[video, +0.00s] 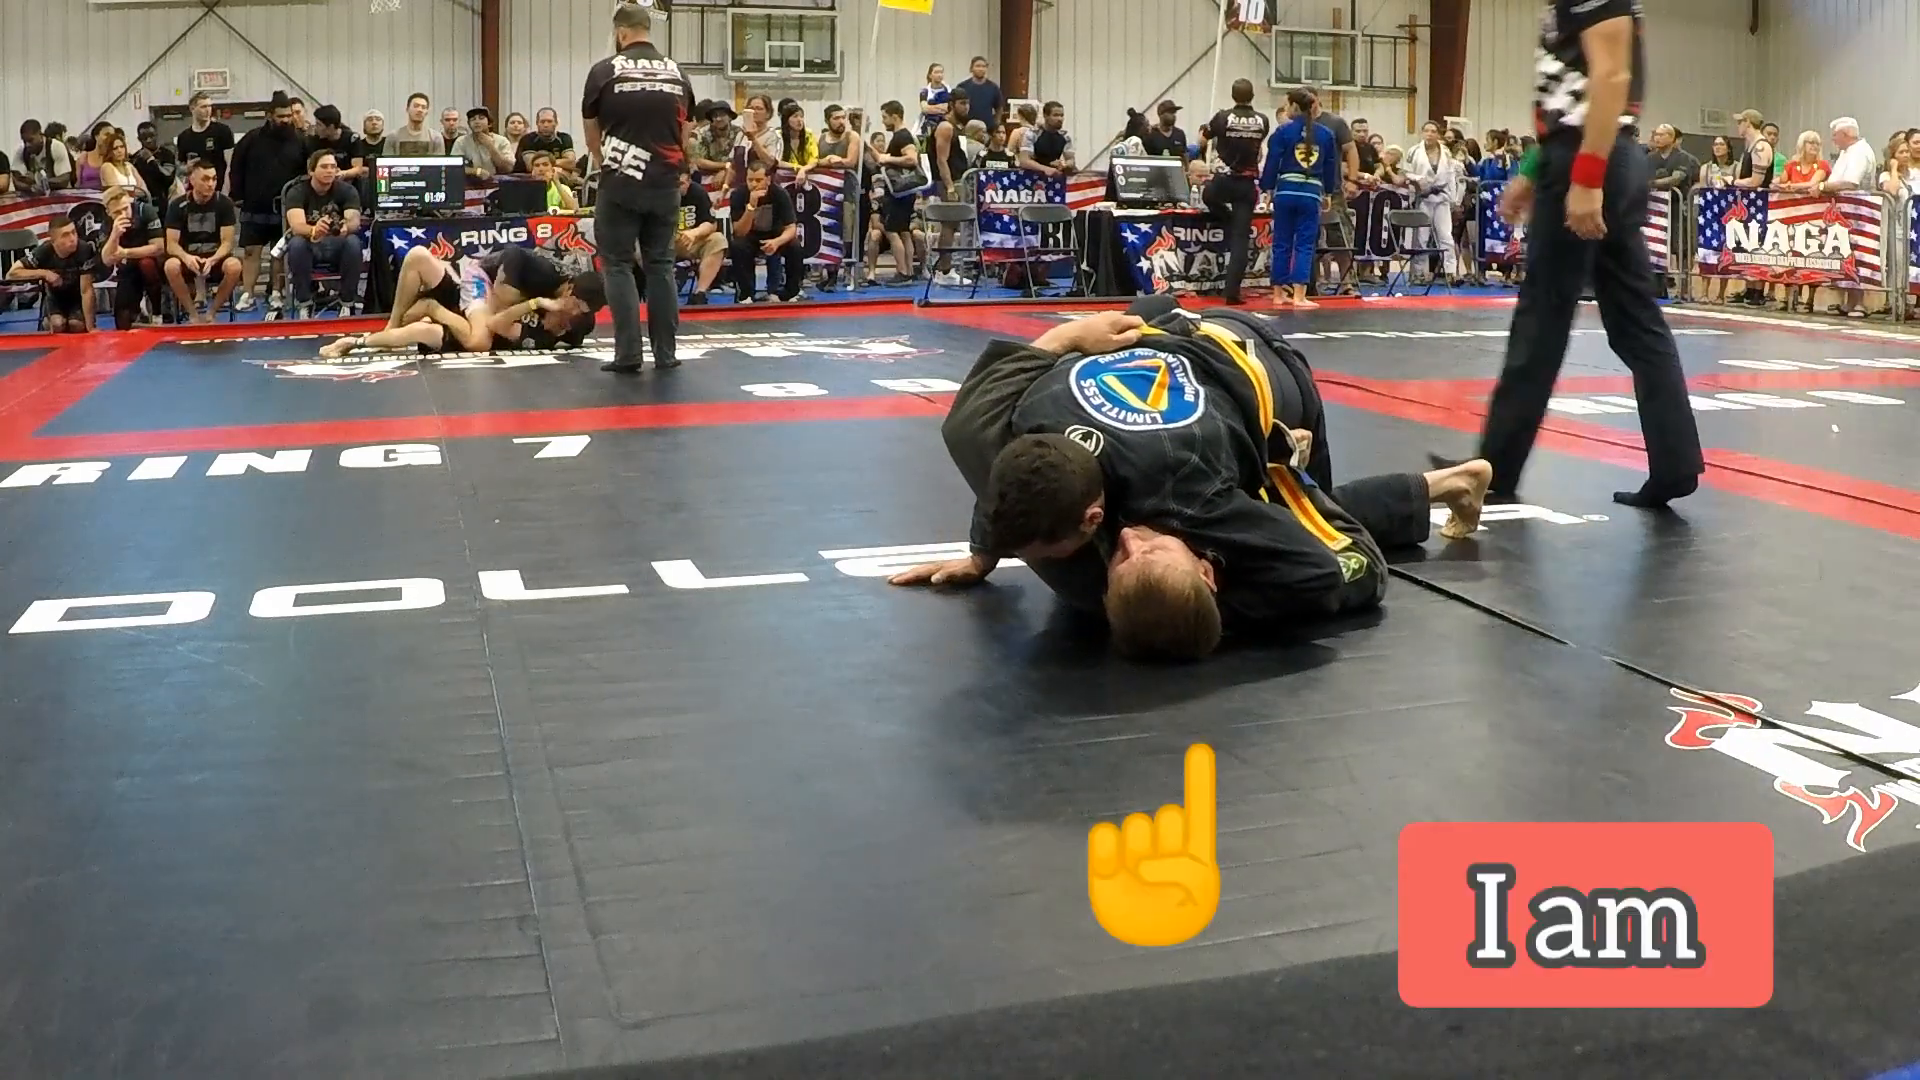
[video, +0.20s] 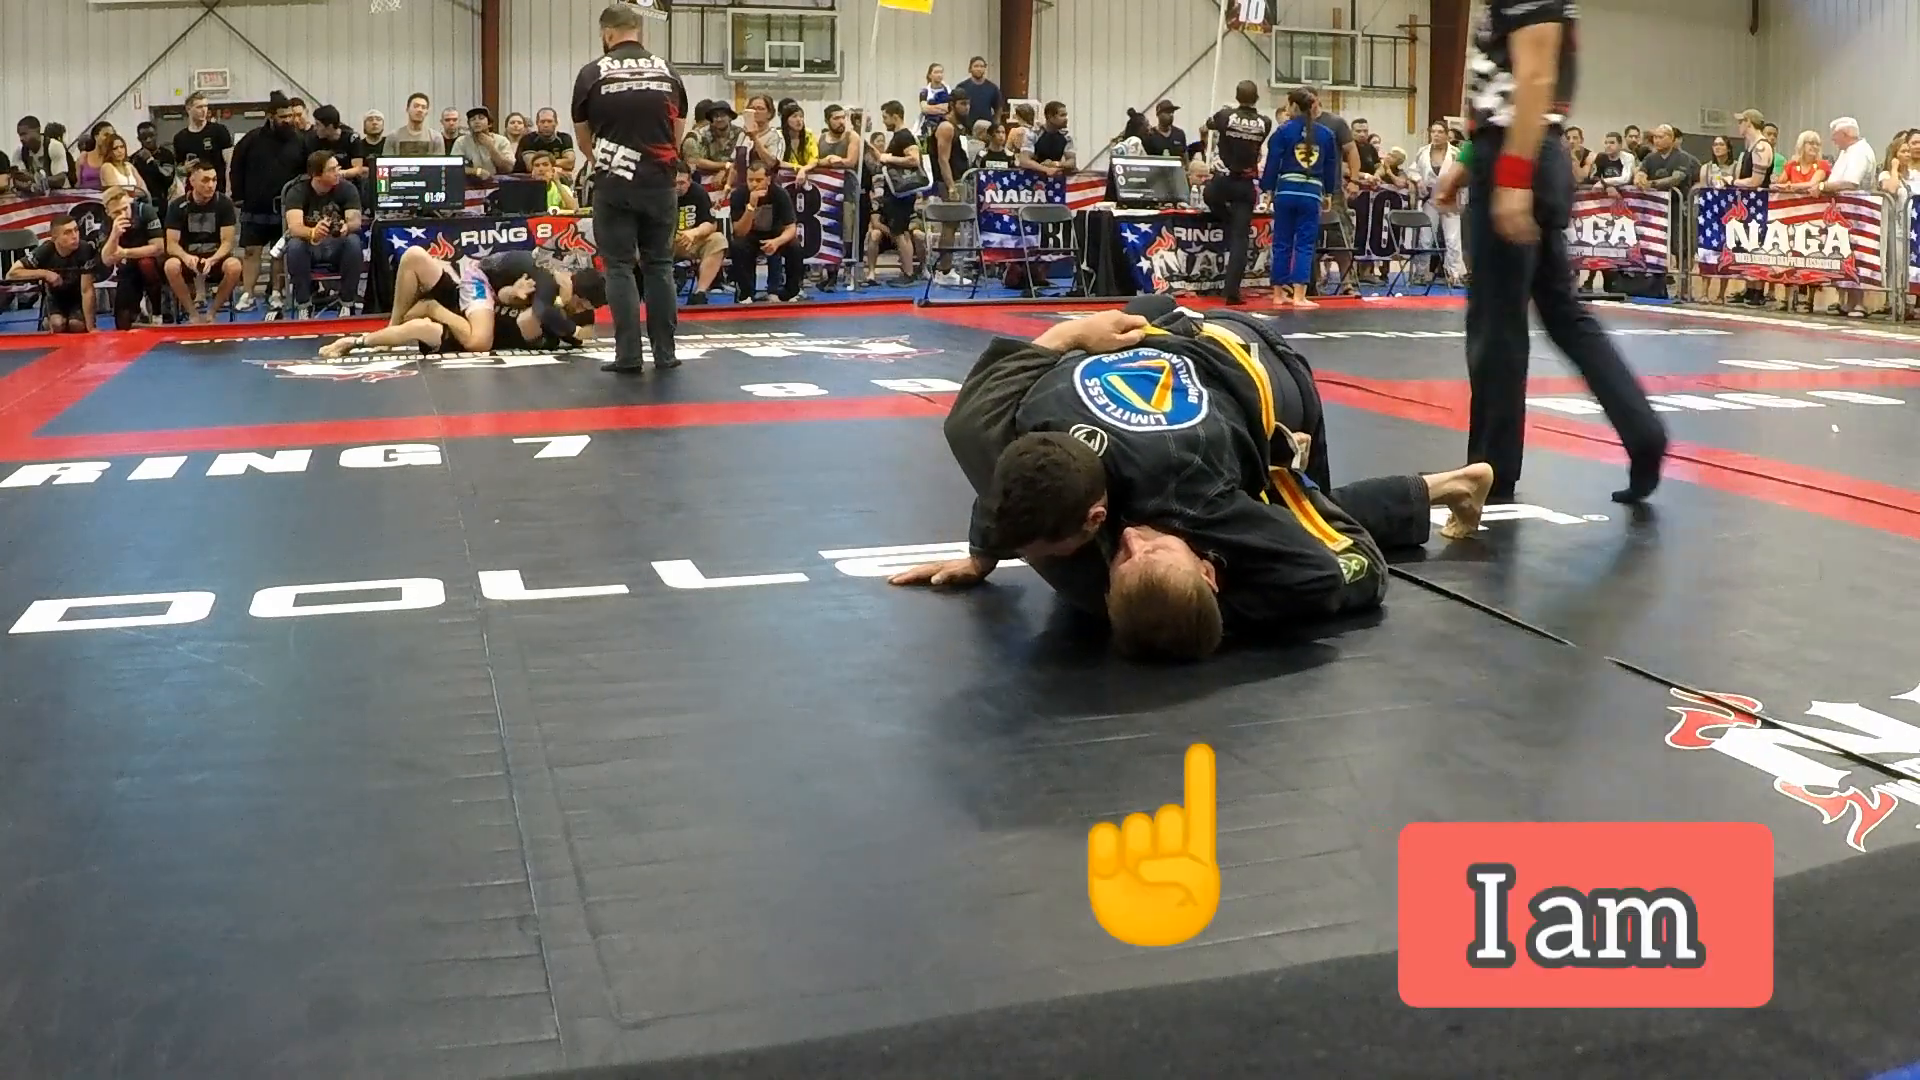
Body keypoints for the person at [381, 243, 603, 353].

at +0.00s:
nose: (575, 314)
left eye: (583, 313)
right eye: (579, 307)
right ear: (569, 289)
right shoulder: (546, 273)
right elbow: (514, 252)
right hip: (480, 273)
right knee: (480, 341)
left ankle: (432, 308)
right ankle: (433, 309)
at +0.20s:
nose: (577, 306)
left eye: (581, 305)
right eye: (580, 302)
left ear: (574, 290)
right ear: (575, 289)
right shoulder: (546, 278)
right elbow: (500, 296)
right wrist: (518, 291)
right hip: (477, 275)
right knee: (479, 342)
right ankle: (432, 311)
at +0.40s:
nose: (577, 310)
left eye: (585, 306)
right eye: (575, 302)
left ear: (591, 305)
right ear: (565, 289)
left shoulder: (580, 318)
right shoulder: (544, 279)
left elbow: (505, 329)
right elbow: (500, 322)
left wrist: (521, 281)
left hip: (485, 323)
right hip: (480, 274)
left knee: (427, 330)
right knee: (410, 256)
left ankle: (354, 344)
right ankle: (395, 330)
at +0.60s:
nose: (565, 316)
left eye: (572, 313)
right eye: (562, 309)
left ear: (580, 311)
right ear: (552, 296)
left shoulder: (576, 325)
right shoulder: (534, 285)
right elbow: (486, 313)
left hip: (494, 320)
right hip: (475, 280)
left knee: (432, 335)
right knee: (413, 258)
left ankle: (359, 345)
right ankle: (394, 329)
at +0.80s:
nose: (566, 314)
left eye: (574, 311)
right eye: (565, 305)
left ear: (584, 310)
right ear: (557, 289)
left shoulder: (558, 333)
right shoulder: (542, 268)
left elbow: (492, 339)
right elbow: (496, 256)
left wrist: (508, 291)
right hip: (478, 277)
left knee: (428, 332)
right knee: (409, 256)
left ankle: (354, 344)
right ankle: (394, 329)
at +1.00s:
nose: (570, 302)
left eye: (578, 301)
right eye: (570, 295)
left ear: (583, 303)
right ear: (565, 283)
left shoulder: (570, 324)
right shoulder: (543, 270)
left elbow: (494, 339)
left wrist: (531, 305)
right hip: (478, 277)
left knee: (431, 335)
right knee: (410, 257)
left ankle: (358, 345)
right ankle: (393, 331)